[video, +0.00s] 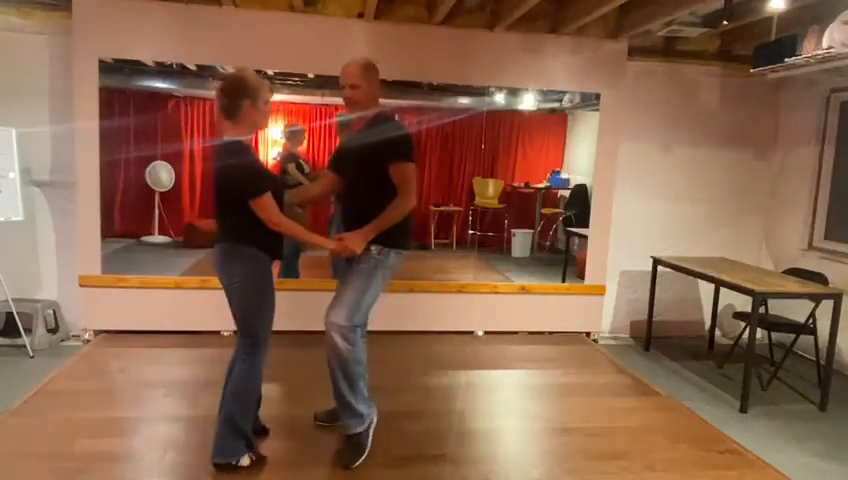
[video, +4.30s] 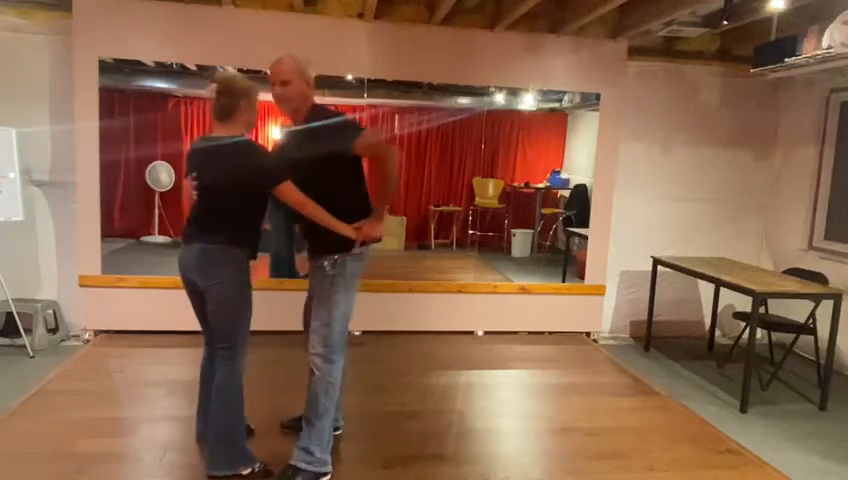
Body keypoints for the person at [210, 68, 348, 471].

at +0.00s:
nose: (270, 112)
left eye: (269, 105)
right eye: (265, 105)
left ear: (232, 108)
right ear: (247, 108)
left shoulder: (231, 153)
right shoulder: (241, 159)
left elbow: (272, 201)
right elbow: (274, 220)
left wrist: (316, 189)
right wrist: (329, 245)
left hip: (237, 255)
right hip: (246, 259)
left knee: (252, 342)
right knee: (252, 347)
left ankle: (243, 418)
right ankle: (230, 449)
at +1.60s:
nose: (272, 113)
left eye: (272, 106)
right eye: (269, 106)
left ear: (235, 109)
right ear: (256, 108)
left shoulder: (225, 151)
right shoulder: (255, 152)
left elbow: (220, 207)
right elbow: (275, 208)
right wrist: (306, 248)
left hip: (229, 251)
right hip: (250, 255)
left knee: (254, 341)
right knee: (256, 346)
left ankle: (243, 424)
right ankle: (235, 454)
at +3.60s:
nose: (247, 114)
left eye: (247, 106)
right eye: (244, 106)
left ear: (208, 107)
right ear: (228, 107)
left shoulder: (199, 154)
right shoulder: (223, 158)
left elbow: (251, 192)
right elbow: (267, 212)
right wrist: (311, 244)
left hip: (215, 256)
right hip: (239, 260)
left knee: (233, 343)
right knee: (253, 349)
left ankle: (212, 430)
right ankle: (237, 455)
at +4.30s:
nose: (260, 110)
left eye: (257, 103)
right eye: (257, 104)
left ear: (215, 107)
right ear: (247, 109)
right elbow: (298, 201)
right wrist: (347, 229)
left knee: (216, 348)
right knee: (230, 355)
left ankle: (210, 429)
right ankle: (227, 458)